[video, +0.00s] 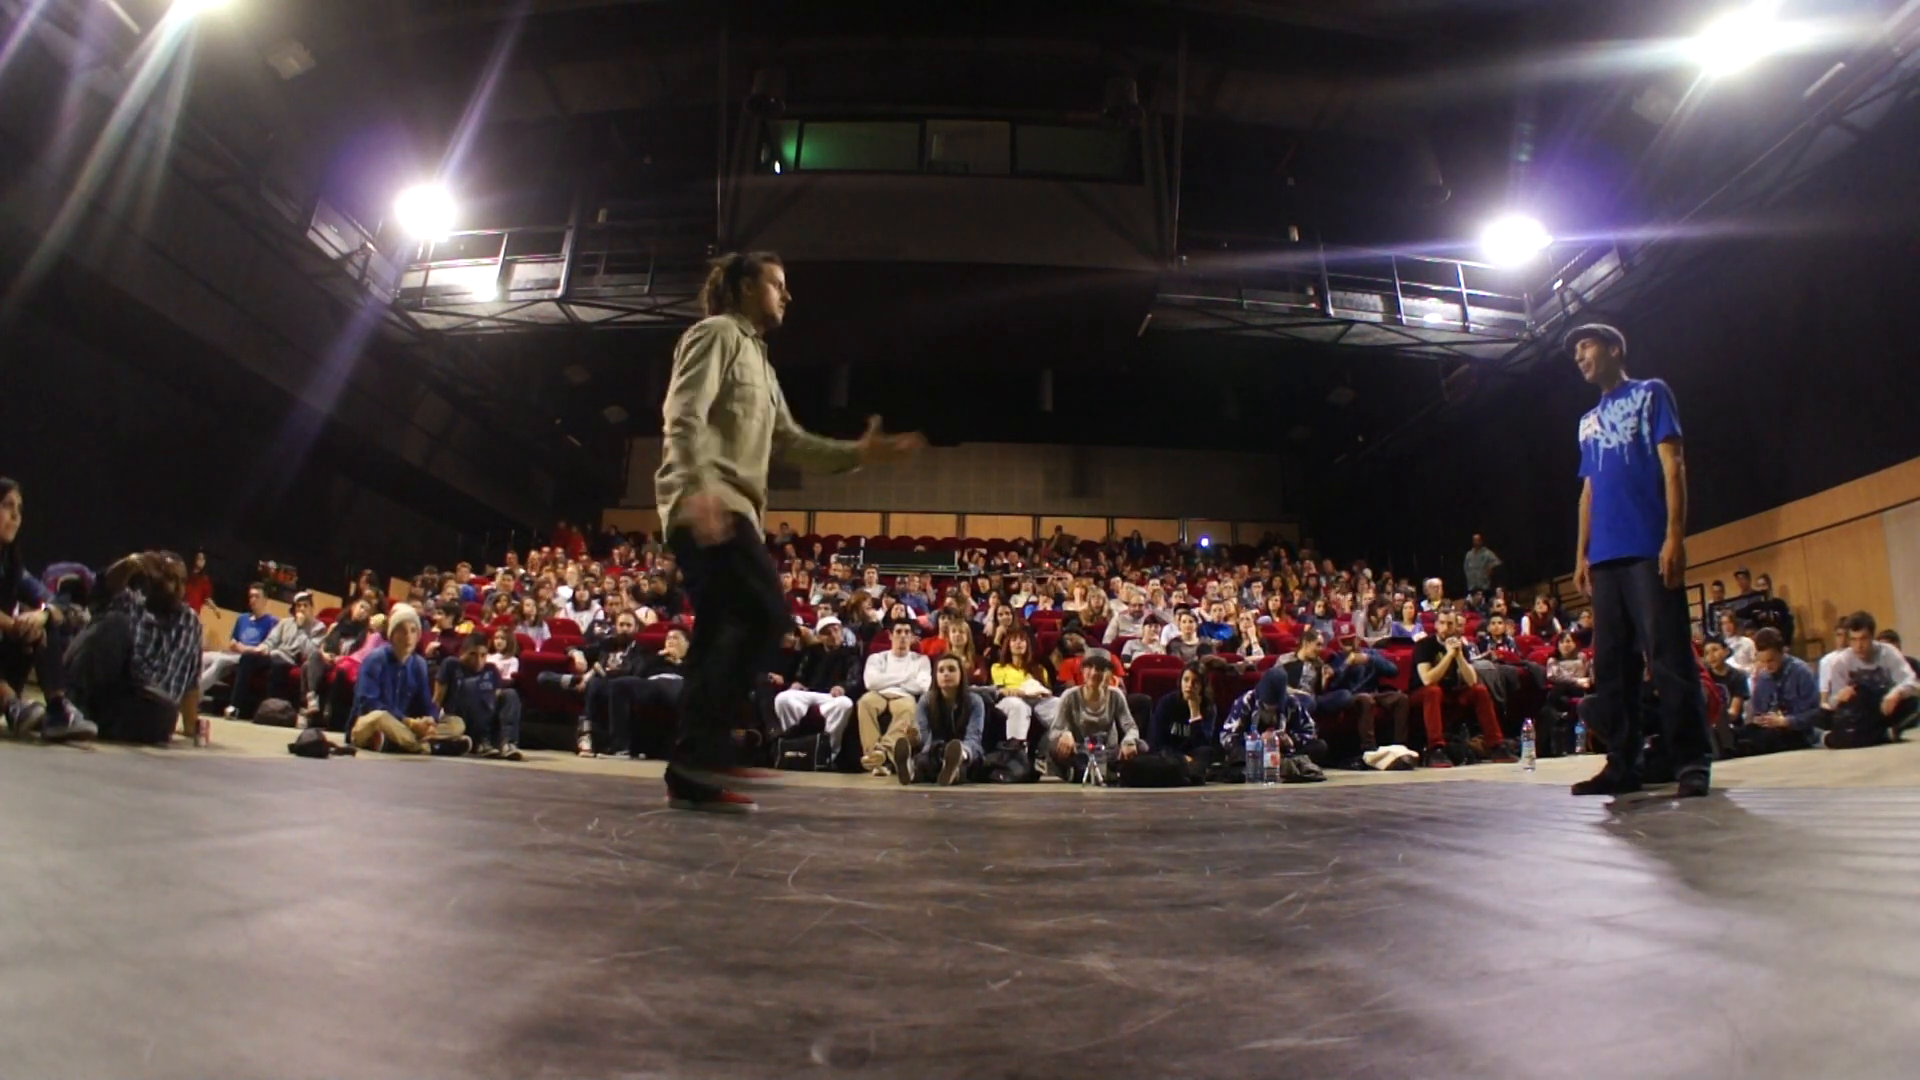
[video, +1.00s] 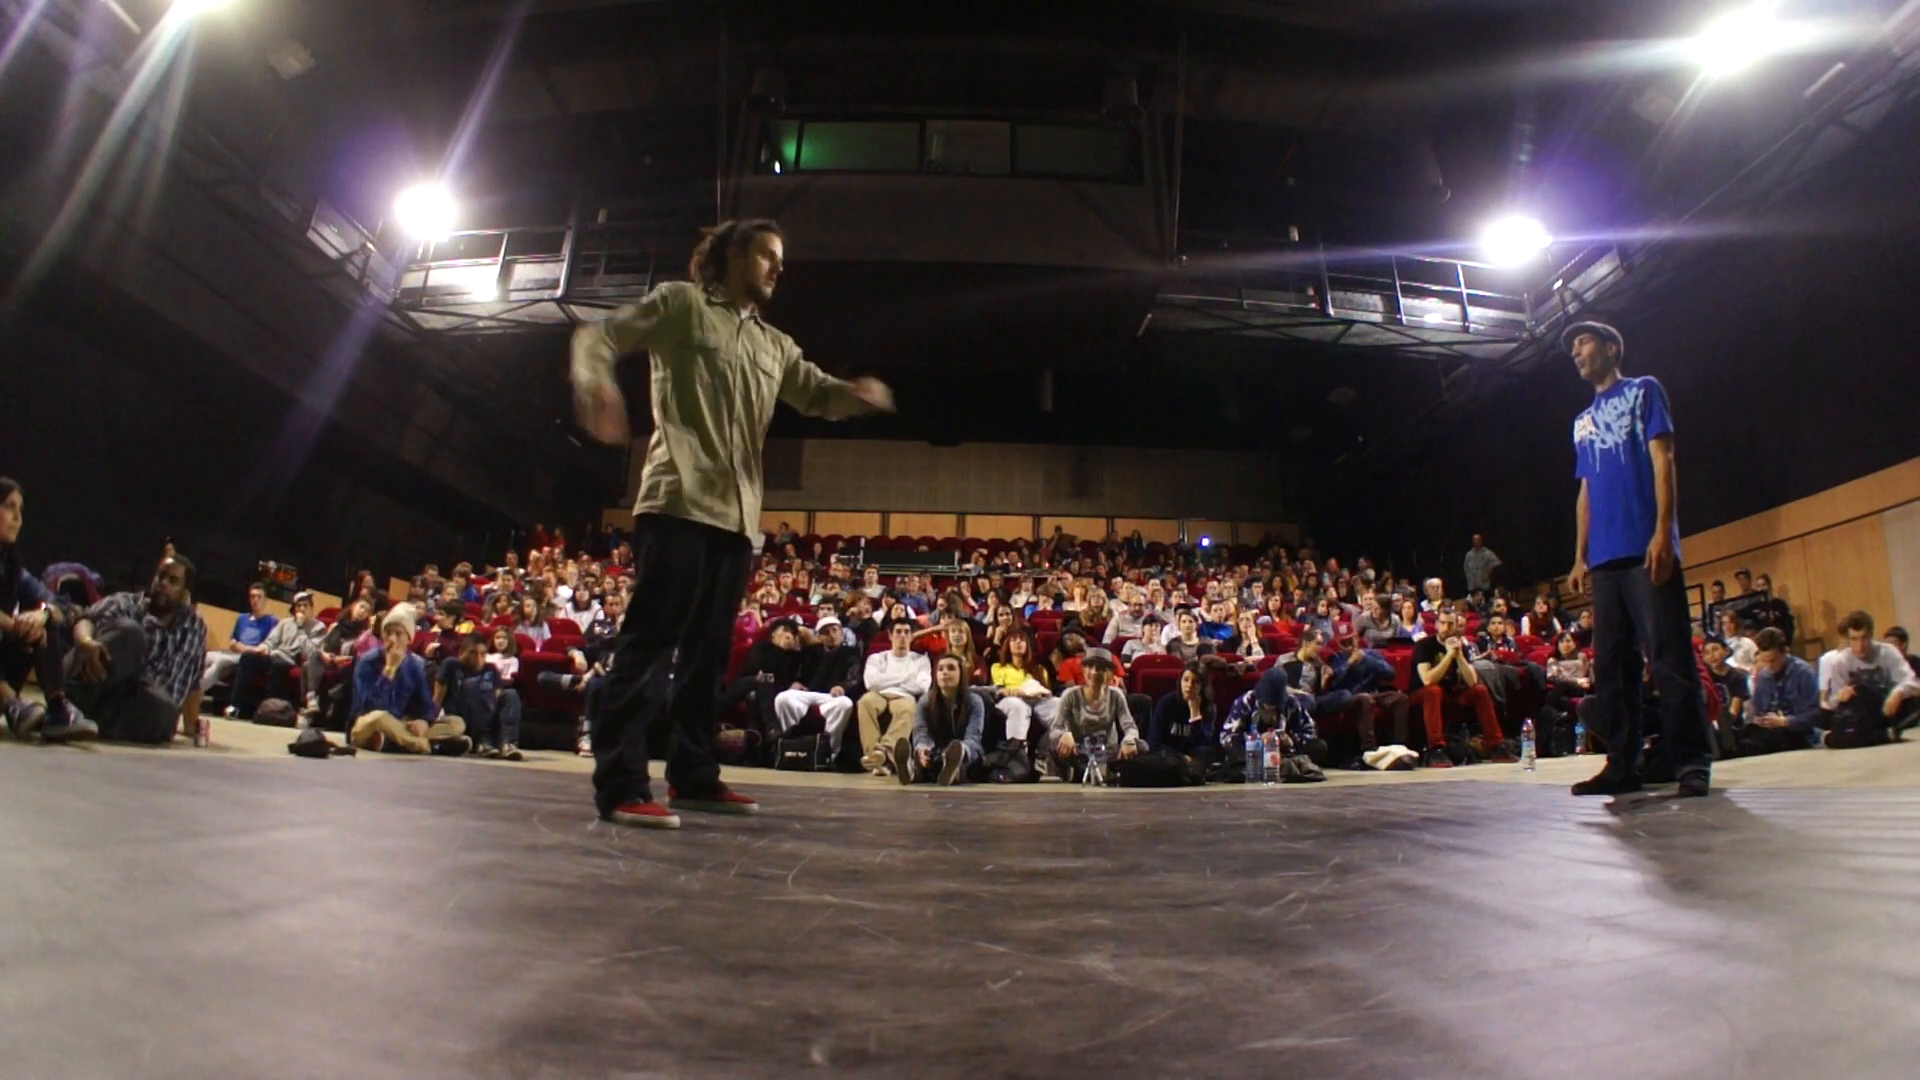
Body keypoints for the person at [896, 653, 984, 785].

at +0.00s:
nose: (946, 674)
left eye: (951, 669)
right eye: (941, 670)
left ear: (961, 674)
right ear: (935, 675)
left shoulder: (974, 701)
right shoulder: (925, 701)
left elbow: (973, 737)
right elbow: (925, 738)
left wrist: (962, 752)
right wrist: (940, 749)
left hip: (964, 748)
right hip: (936, 750)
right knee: (927, 761)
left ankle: (949, 773)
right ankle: (912, 768)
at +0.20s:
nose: (947, 674)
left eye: (952, 669)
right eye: (942, 670)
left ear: (962, 674)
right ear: (936, 675)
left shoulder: (975, 701)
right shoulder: (926, 700)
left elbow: (973, 738)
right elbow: (919, 729)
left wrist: (961, 752)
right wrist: (922, 742)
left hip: (962, 750)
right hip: (935, 750)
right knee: (923, 761)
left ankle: (950, 772)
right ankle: (910, 769)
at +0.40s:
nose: (946, 673)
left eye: (952, 669)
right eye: (942, 669)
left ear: (962, 674)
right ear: (935, 674)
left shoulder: (975, 701)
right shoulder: (926, 701)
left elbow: (973, 738)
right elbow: (922, 730)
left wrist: (961, 750)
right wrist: (923, 748)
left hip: (963, 748)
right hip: (934, 749)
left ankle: (949, 773)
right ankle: (911, 769)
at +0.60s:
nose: (946, 672)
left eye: (952, 668)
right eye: (941, 669)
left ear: (961, 673)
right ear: (935, 674)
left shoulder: (975, 701)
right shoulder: (925, 701)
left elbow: (973, 737)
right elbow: (920, 730)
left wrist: (960, 750)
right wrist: (922, 748)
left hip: (962, 749)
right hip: (934, 749)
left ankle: (949, 772)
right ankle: (910, 769)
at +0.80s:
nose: (945, 673)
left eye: (951, 668)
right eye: (941, 669)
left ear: (962, 674)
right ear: (936, 674)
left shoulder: (974, 701)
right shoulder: (925, 701)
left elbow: (974, 736)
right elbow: (921, 729)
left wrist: (962, 750)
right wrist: (922, 747)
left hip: (963, 748)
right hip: (934, 748)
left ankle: (950, 773)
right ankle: (912, 768)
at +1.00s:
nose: (945, 673)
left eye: (951, 668)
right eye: (940, 669)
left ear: (961, 674)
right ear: (935, 674)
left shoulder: (974, 701)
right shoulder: (925, 701)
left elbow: (974, 735)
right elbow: (920, 729)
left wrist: (962, 751)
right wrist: (922, 747)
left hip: (963, 749)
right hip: (934, 749)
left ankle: (949, 773)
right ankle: (912, 769)